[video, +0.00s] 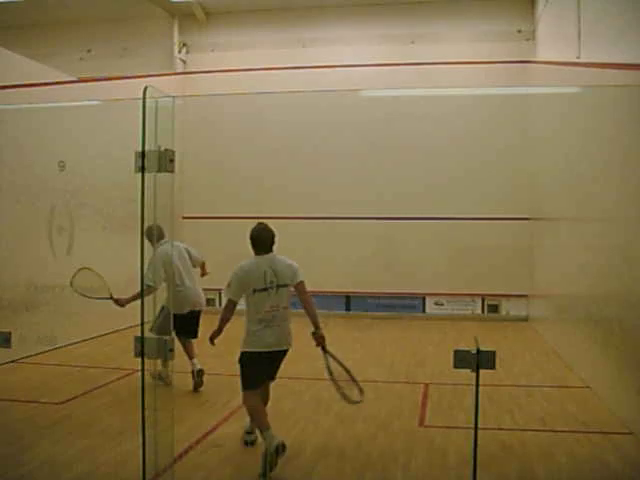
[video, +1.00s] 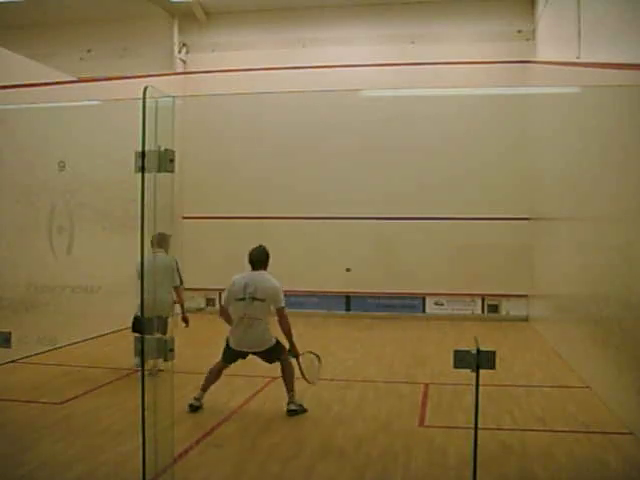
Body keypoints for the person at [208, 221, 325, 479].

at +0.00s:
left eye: (254, 241)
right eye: (268, 240)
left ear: (251, 244)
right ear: (274, 243)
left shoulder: (244, 272)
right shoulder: (288, 267)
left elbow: (229, 308)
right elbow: (305, 299)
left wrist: (218, 330)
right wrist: (317, 329)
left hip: (255, 346)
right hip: (281, 343)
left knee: (250, 395)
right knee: (264, 386)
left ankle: (271, 441)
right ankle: (251, 429)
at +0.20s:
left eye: (240, 229)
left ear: (238, 233)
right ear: (260, 232)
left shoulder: (230, 260)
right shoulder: (274, 257)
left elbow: (218, 294)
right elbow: (283, 292)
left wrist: (211, 319)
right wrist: (275, 312)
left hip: (238, 331)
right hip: (268, 330)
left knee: (229, 370)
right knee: (258, 376)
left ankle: (229, 417)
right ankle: (250, 428)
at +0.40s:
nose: (230, 238)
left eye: (229, 234)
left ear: (227, 236)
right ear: (247, 235)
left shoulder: (219, 262)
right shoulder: (262, 258)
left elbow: (207, 295)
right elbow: (273, 286)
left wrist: (199, 323)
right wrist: (254, 285)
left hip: (228, 329)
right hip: (255, 328)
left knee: (225, 366)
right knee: (251, 373)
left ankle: (223, 407)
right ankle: (249, 423)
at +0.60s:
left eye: (223, 228)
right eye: (236, 227)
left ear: (222, 231)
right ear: (240, 230)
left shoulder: (214, 254)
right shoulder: (252, 250)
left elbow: (203, 286)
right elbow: (267, 277)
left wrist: (199, 314)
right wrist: (267, 289)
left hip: (225, 320)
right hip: (251, 317)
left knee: (223, 359)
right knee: (258, 357)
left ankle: (224, 403)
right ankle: (247, 399)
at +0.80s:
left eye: (230, 243)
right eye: (241, 242)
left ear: (226, 245)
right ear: (244, 244)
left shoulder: (215, 266)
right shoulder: (255, 265)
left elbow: (205, 294)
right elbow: (266, 292)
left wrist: (206, 316)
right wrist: (271, 312)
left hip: (222, 324)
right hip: (249, 323)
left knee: (213, 356)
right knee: (270, 358)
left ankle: (198, 395)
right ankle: (285, 400)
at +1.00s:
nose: (268, 263)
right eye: (267, 260)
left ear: (250, 262)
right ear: (267, 262)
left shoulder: (236, 281)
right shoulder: (272, 285)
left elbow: (223, 311)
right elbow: (282, 317)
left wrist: (236, 326)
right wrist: (292, 344)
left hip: (236, 340)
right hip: (261, 341)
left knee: (221, 364)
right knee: (285, 358)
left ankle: (198, 398)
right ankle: (292, 401)